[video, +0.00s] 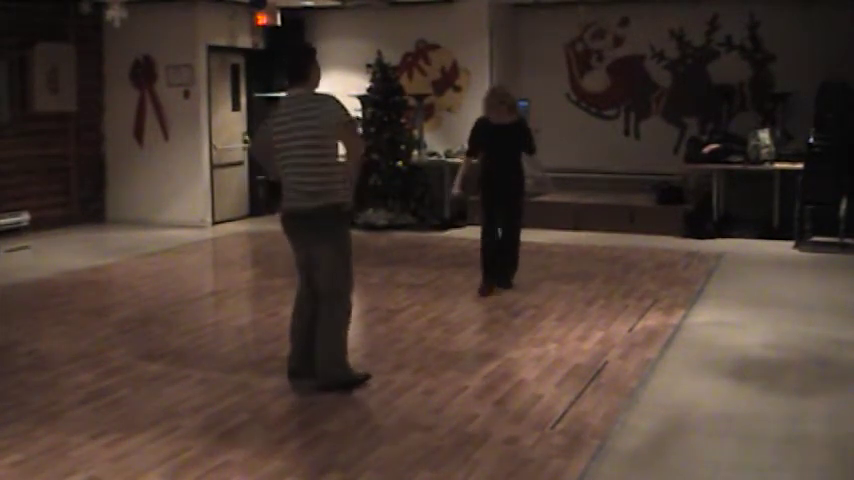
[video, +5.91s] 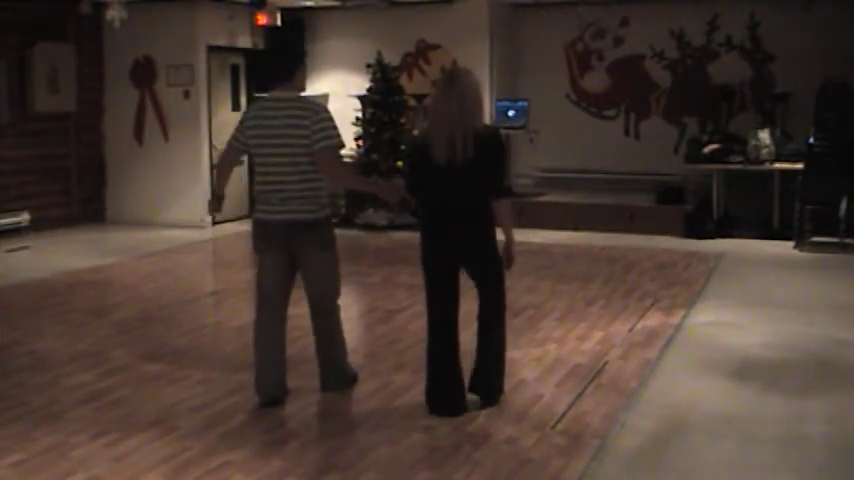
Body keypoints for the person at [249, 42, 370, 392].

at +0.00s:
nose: (320, 72)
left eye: (316, 66)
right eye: (317, 66)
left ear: (287, 73)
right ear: (312, 70)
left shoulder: (279, 112)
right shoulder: (328, 104)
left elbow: (259, 151)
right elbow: (356, 146)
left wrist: (282, 176)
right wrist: (349, 185)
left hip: (294, 212)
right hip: (328, 210)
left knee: (308, 286)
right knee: (336, 290)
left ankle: (300, 364)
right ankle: (333, 369)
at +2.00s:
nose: (326, 71)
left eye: (324, 64)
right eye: (324, 65)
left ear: (288, 69)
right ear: (318, 69)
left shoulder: (271, 106)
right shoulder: (329, 108)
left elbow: (243, 140)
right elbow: (352, 153)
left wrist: (258, 173)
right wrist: (393, 179)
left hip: (287, 210)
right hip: (327, 208)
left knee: (293, 287)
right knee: (336, 285)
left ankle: (293, 362)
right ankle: (344, 360)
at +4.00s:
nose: (304, 72)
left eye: (301, 65)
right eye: (302, 65)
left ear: (266, 70)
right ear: (295, 69)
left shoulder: (251, 111)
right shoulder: (311, 111)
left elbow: (232, 163)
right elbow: (329, 167)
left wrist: (259, 188)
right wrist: (371, 193)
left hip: (263, 225)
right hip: (307, 224)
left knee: (265, 305)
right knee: (325, 298)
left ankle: (269, 389)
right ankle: (333, 375)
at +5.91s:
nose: (306, 73)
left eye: (302, 66)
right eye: (303, 67)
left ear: (268, 71)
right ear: (299, 70)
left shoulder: (255, 112)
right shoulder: (313, 112)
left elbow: (226, 160)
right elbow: (336, 173)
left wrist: (217, 197)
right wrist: (382, 188)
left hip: (268, 225)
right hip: (312, 225)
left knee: (269, 307)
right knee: (324, 301)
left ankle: (269, 389)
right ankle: (335, 375)